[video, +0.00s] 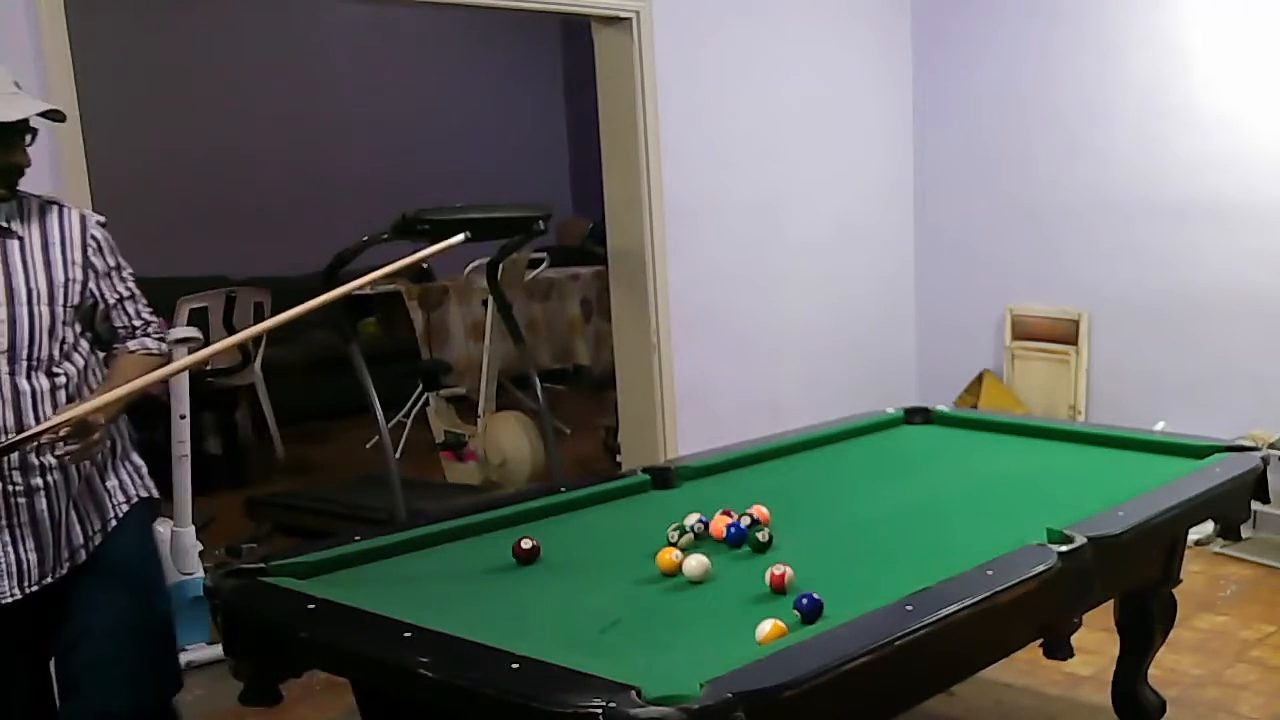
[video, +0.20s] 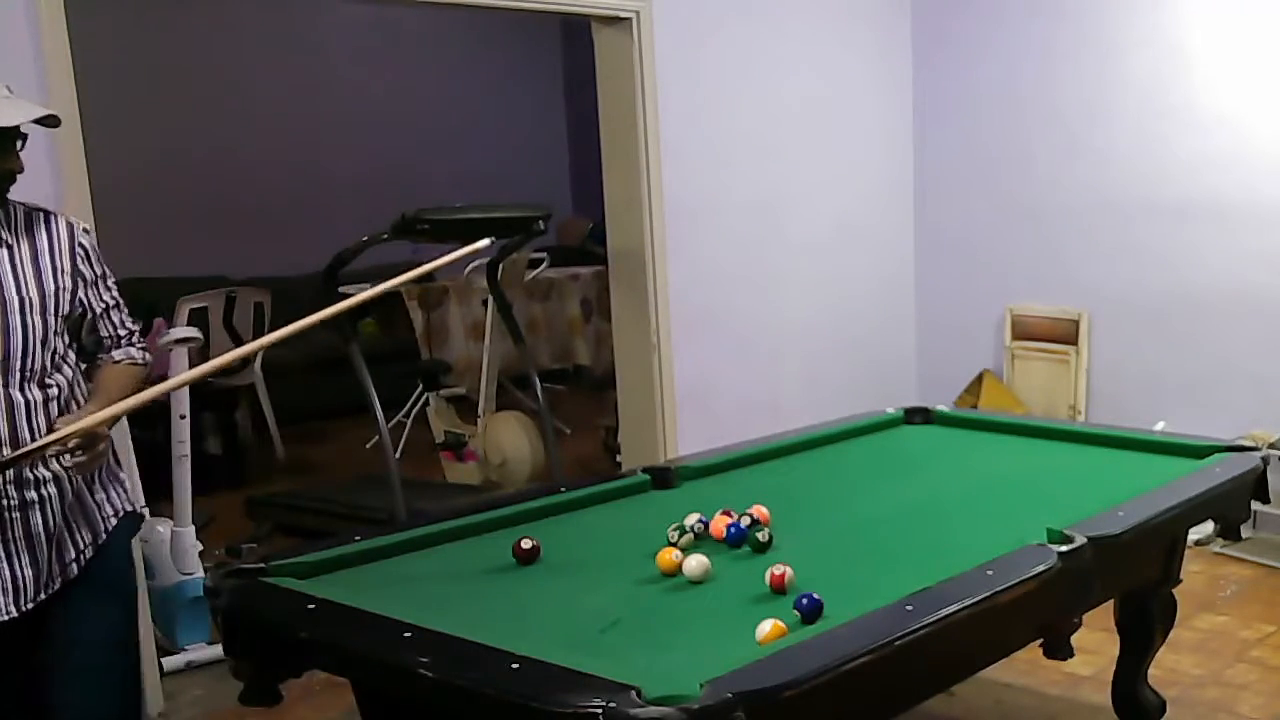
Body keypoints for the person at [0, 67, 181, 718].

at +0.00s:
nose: (22, 152)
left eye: (25, 135)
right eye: (10, 136)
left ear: (32, 140)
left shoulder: (73, 230)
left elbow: (143, 338)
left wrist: (103, 404)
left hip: (96, 517)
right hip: (4, 542)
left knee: (129, 695)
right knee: (18, 704)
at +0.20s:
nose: (19, 156)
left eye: (19, 140)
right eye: (7, 141)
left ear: (24, 147)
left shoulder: (60, 240)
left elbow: (123, 347)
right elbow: (122, 347)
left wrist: (96, 414)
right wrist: (96, 413)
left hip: (78, 541)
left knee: (97, 703)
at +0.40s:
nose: (36, 168)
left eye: (37, 152)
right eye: (20, 153)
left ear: (35, 158)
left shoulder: (71, 254)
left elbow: (121, 363)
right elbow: (119, 367)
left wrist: (105, 427)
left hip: (77, 564)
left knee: (95, 705)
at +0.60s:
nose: (72, 168)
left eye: (72, 147)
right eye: (47, 146)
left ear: (76, 144)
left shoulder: (95, 255)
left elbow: (142, 368)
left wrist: (123, 437)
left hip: (87, 585)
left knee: (103, 711)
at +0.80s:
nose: (98, 173)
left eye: (100, 152)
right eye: (79, 150)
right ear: (10, 142)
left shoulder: (119, 263)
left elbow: (161, 381)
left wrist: (149, 443)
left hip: (103, 607)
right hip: (5, 616)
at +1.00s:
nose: (115, 171)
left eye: (116, 149)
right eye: (96, 149)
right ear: (19, 142)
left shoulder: (132, 262)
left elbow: (172, 388)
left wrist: (164, 446)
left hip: (118, 616)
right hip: (9, 625)